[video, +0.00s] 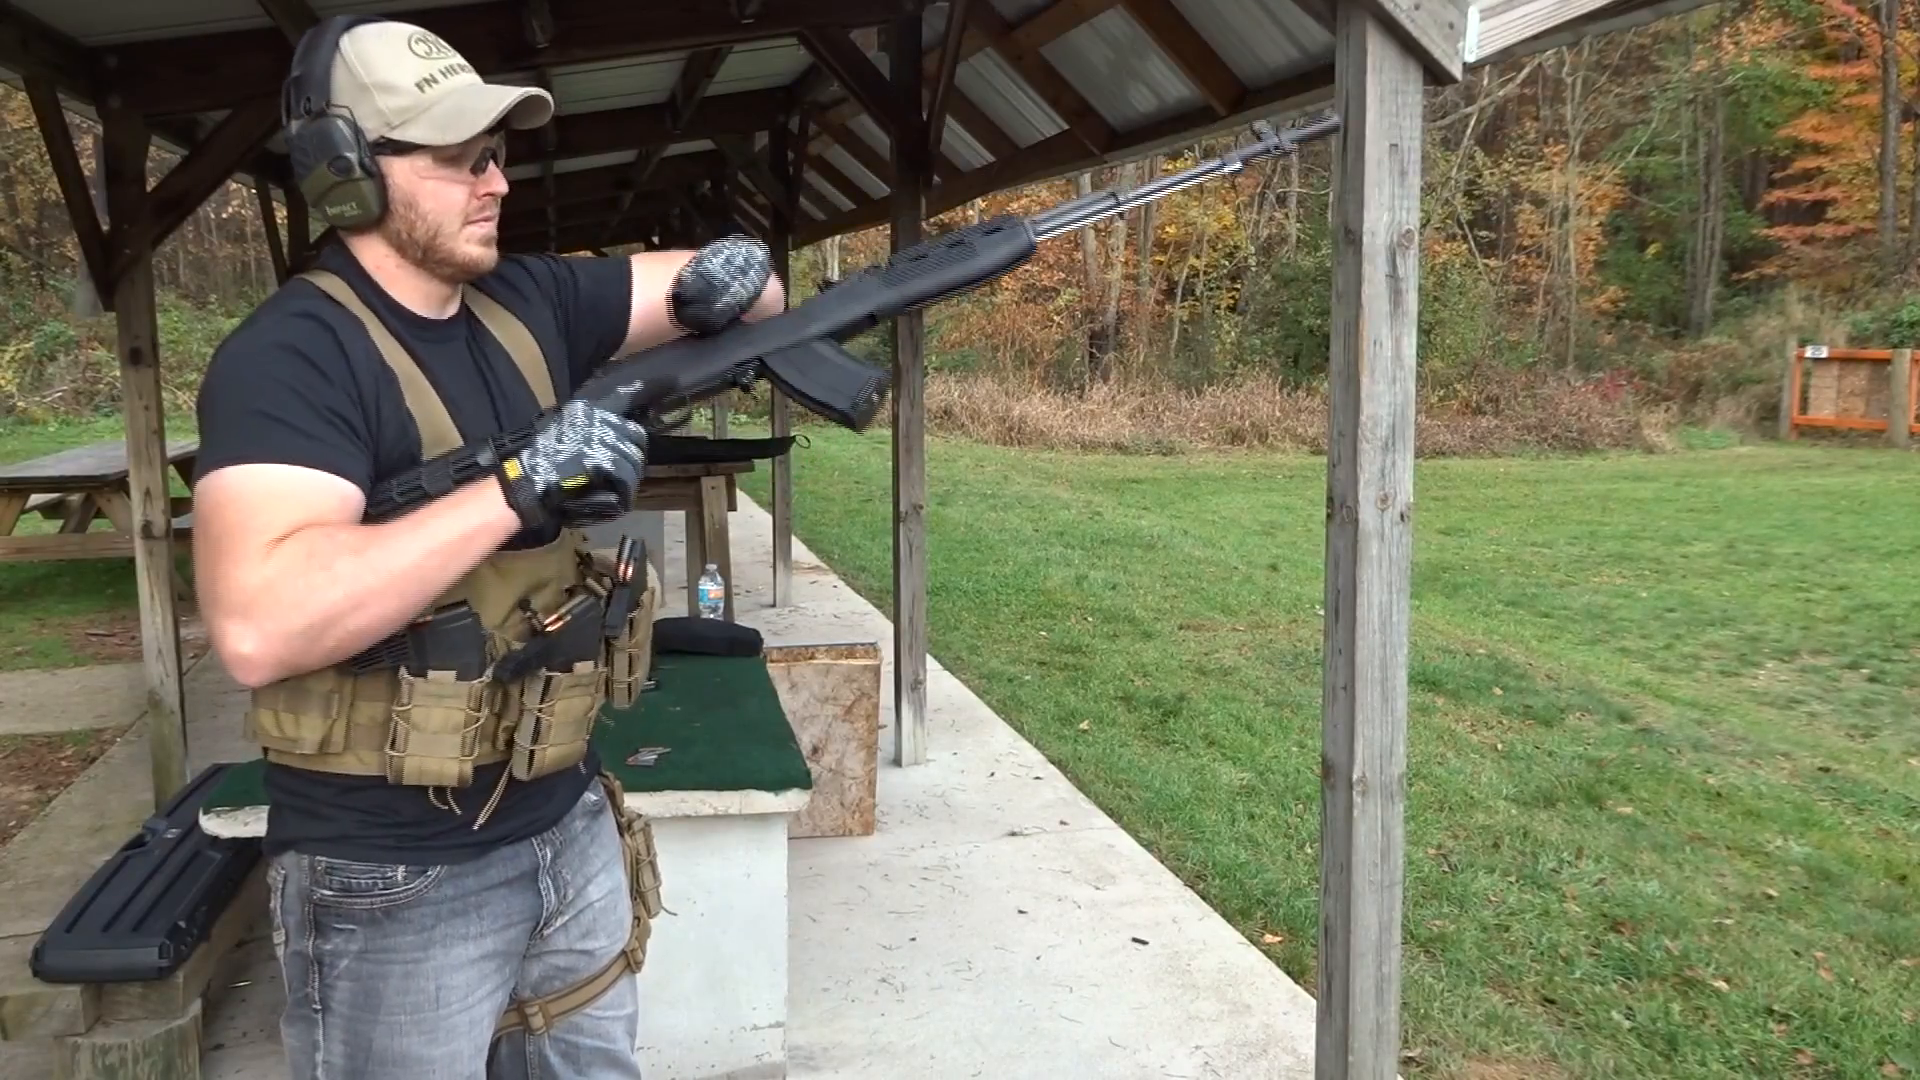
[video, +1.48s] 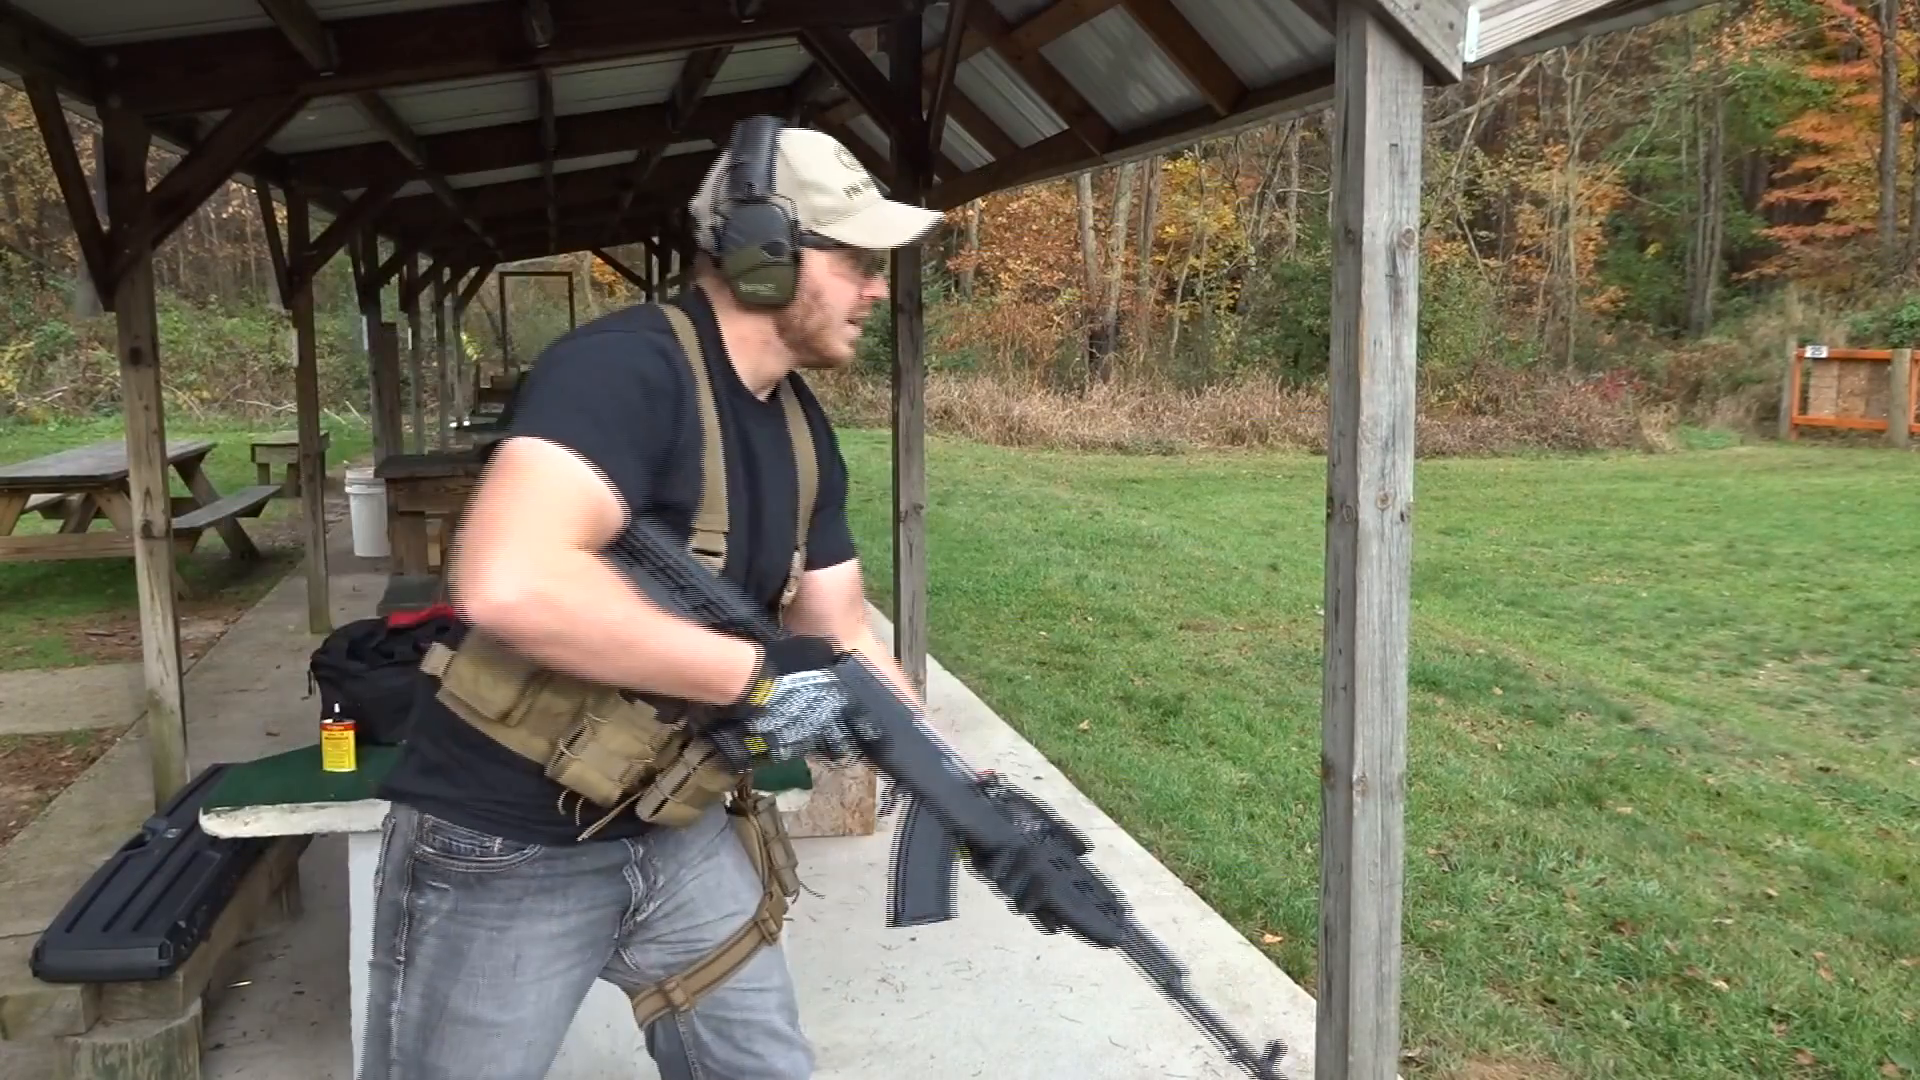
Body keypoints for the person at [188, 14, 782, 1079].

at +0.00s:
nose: (497, 180)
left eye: (495, 152)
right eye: (456, 157)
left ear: (497, 161)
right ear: (350, 175)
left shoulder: (528, 304)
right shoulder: (291, 355)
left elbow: (738, 296)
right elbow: (259, 626)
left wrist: (738, 280)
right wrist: (519, 487)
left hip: (572, 837)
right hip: (396, 888)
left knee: (596, 1064)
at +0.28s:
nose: (498, 180)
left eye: (495, 153)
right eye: (459, 157)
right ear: (350, 175)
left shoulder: (524, 312)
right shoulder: (293, 357)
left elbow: (708, 402)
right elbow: (305, 630)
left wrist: (698, 262)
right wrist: (552, 474)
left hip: (571, 836)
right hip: (397, 888)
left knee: (593, 1064)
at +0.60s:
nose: (521, 195)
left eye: (520, 165)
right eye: (482, 171)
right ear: (375, 180)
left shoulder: (540, 336)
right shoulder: (299, 353)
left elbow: (707, 493)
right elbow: (285, 596)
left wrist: (847, 400)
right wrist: (558, 469)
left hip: (564, 839)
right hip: (388, 888)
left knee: (594, 1065)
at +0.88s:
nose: (543, 210)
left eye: (541, 182)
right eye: (512, 182)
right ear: (394, 184)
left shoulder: (539, 352)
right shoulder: (293, 347)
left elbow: (636, 556)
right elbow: (230, 567)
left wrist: (808, 548)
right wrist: (537, 522)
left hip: (557, 833)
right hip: (368, 892)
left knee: (657, 1060)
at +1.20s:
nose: (708, 250)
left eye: (709, 225)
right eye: (681, 220)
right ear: (577, 217)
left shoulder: (667, 394)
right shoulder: (442, 365)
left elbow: (742, 598)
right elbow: (328, 600)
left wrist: (884, 738)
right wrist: (619, 651)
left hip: (627, 850)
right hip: (442, 880)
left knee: (713, 1064)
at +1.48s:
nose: (877, 290)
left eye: (875, 265)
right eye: (854, 263)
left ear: (778, 266)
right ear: (762, 260)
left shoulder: (801, 432)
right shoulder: (619, 366)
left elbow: (845, 631)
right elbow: (509, 580)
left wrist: (948, 783)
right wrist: (755, 677)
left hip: (690, 836)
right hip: (508, 851)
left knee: (766, 1066)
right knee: (445, 1067)